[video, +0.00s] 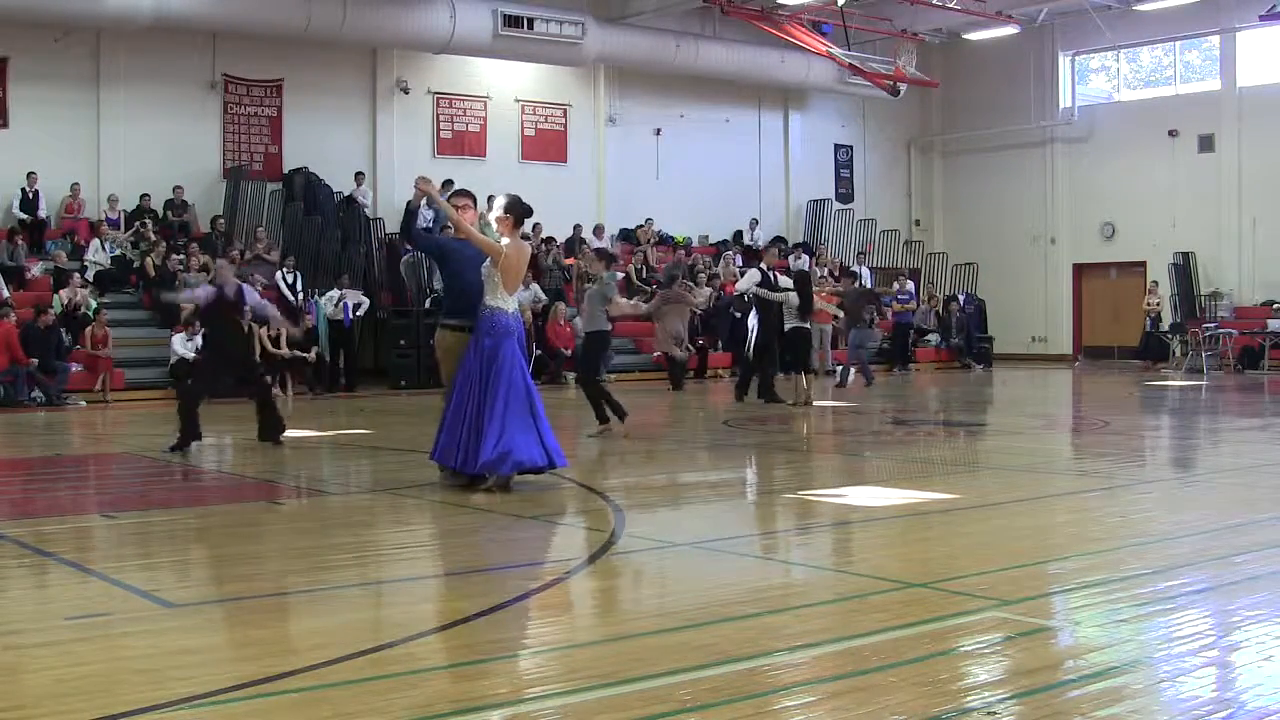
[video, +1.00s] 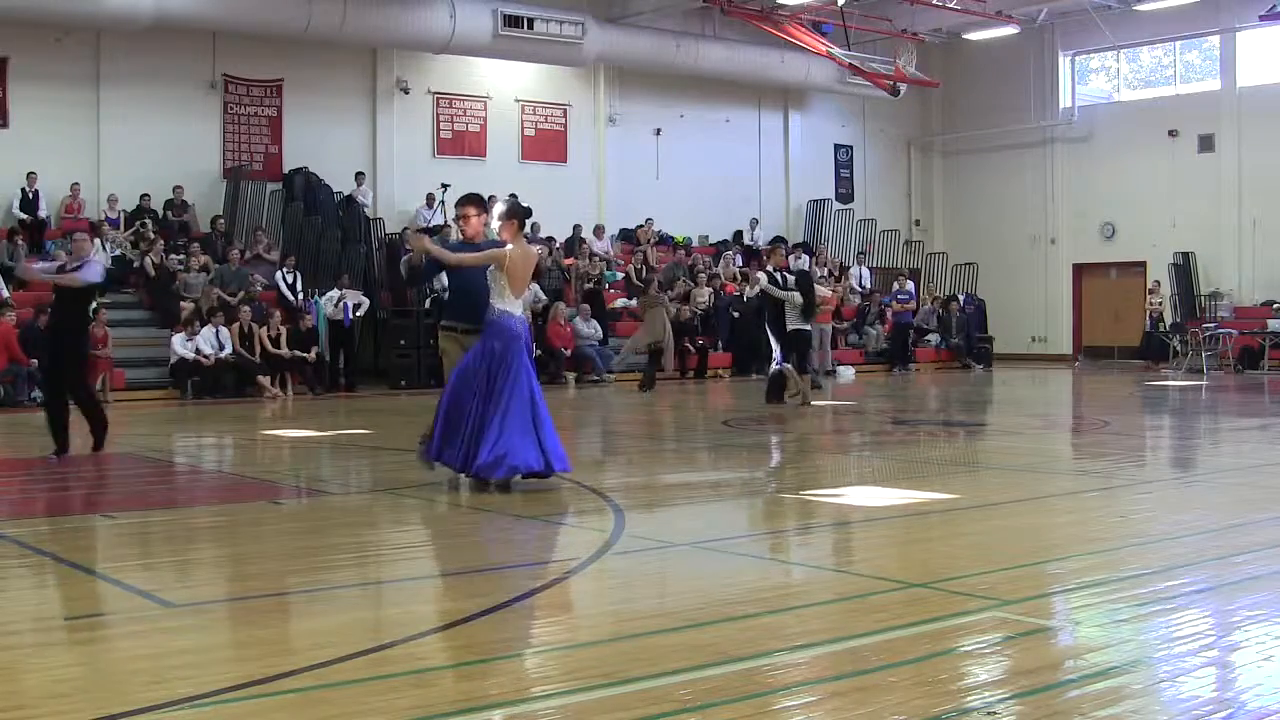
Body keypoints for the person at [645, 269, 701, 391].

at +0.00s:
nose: (682, 284)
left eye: (681, 282)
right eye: (680, 282)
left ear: (666, 280)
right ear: (678, 281)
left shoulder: (661, 295)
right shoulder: (685, 296)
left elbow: (650, 309)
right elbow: (696, 304)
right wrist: (693, 290)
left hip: (665, 326)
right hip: (681, 326)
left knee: (669, 355)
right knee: (681, 353)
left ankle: (675, 382)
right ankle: (679, 381)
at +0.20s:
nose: (674, 283)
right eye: (673, 281)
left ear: (659, 282)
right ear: (670, 281)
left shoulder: (657, 296)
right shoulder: (679, 294)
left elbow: (653, 314)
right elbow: (695, 302)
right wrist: (706, 296)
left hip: (661, 329)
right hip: (676, 328)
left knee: (660, 353)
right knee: (679, 355)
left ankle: (664, 378)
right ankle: (678, 383)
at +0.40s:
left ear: (655, 284)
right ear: (669, 283)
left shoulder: (651, 297)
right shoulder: (673, 294)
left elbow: (648, 314)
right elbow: (685, 301)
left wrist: (648, 327)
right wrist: (700, 297)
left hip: (656, 330)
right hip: (672, 329)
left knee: (653, 357)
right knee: (677, 356)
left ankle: (651, 384)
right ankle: (677, 383)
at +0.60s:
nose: (659, 280)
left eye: (658, 279)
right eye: (658, 279)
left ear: (647, 282)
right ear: (657, 281)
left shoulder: (643, 296)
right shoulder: (666, 294)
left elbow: (637, 315)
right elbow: (681, 303)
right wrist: (696, 298)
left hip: (648, 331)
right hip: (664, 330)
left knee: (649, 358)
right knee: (672, 353)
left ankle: (650, 384)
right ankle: (674, 381)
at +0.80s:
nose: (658, 280)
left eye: (656, 278)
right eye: (656, 278)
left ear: (645, 281)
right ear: (654, 280)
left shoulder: (641, 297)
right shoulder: (664, 295)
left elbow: (631, 316)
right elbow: (678, 303)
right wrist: (691, 302)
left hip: (645, 332)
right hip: (661, 332)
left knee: (647, 360)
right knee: (659, 359)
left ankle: (650, 385)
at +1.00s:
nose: (657, 286)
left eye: (656, 283)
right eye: (656, 284)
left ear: (645, 285)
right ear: (653, 285)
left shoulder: (642, 300)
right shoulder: (662, 298)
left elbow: (641, 315)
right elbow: (670, 313)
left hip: (649, 327)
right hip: (662, 327)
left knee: (652, 356)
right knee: (656, 356)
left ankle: (649, 382)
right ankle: (645, 383)